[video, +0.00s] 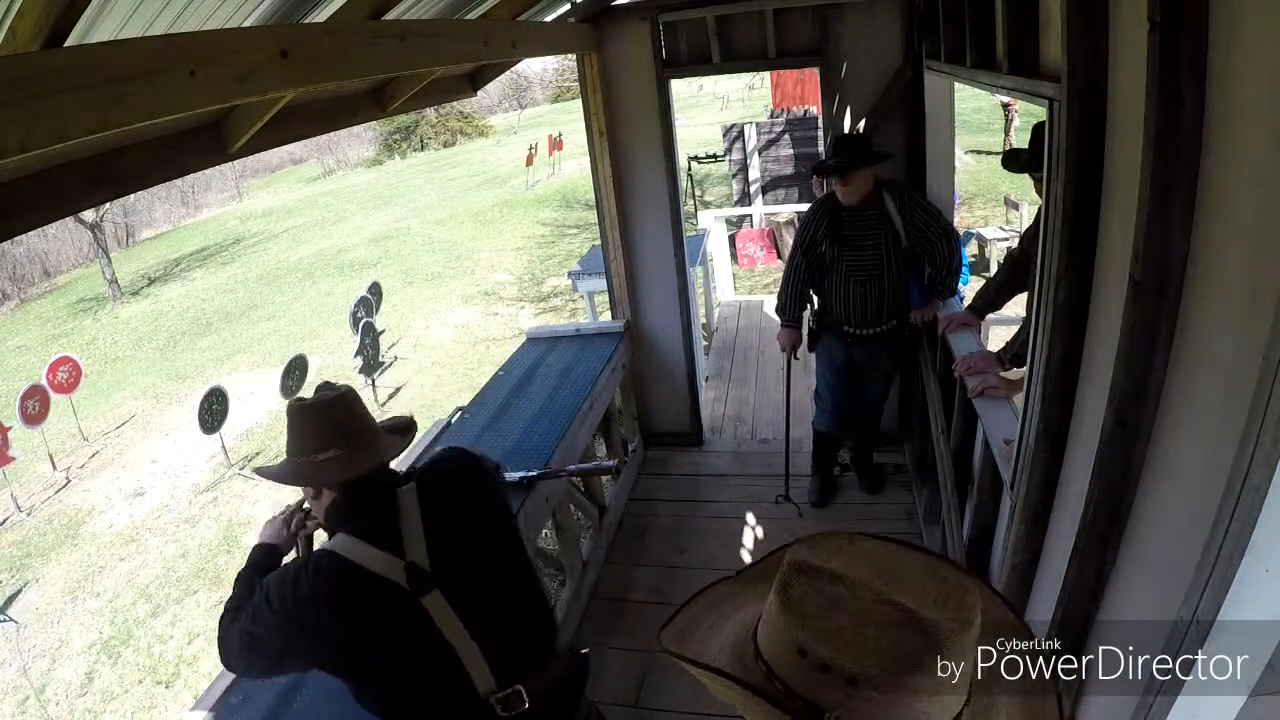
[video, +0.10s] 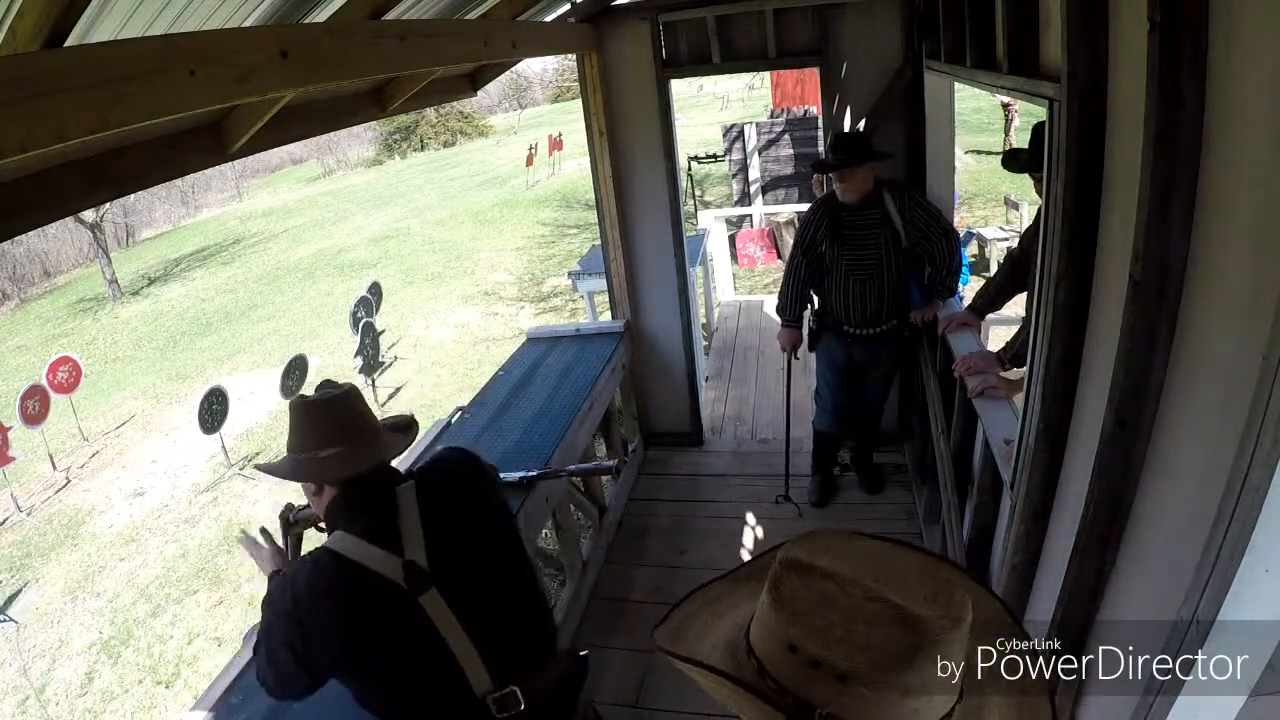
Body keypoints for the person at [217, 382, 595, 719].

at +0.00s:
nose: (303, 494)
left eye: (303, 483)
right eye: (303, 484)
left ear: (317, 489)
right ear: (384, 453)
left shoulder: (314, 591)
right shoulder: (466, 476)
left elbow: (235, 642)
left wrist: (267, 550)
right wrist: (339, 507)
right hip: (557, 683)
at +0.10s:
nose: (303, 492)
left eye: (303, 481)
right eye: (300, 482)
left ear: (318, 485)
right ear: (384, 452)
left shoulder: (312, 589)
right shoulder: (464, 473)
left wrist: (278, 579)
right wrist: (338, 509)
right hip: (553, 682)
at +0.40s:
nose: (300, 495)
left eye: (300, 486)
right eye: (298, 486)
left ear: (312, 491)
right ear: (379, 458)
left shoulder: (306, 592)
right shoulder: (451, 479)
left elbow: (280, 641)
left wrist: (257, 549)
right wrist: (334, 507)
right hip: (549, 681)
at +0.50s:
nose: (302, 491)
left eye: (300, 482)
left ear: (312, 490)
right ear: (380, 458)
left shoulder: (306, 589)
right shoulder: (448, 479)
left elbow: (278, 636)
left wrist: (254, 543)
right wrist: (333, 502)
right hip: (546, 683)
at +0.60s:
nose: (308, 485)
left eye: (308, 477)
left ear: (320, 484)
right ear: (387, 455)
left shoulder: (307, 581)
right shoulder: (458, 479)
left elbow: (276, 621)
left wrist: (263, 531)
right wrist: (344, 492)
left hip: (440, 719)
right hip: (547, 687)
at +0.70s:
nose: (311, 481)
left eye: (314, 473)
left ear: (325, 481)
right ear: (393, 451)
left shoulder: (310, 577)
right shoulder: (464, 478)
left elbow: (283, 622)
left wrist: (276, 528)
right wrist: (354, 487)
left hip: (439, 716)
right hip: (547, 683)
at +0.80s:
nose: (321, 482)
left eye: (322, 474)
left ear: (334, 480)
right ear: (403, 453)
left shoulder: (316, 573)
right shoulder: (476, 481)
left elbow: (287, 610)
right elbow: (513, 484)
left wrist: (281, 517)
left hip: (434, 717)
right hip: (547, 690)